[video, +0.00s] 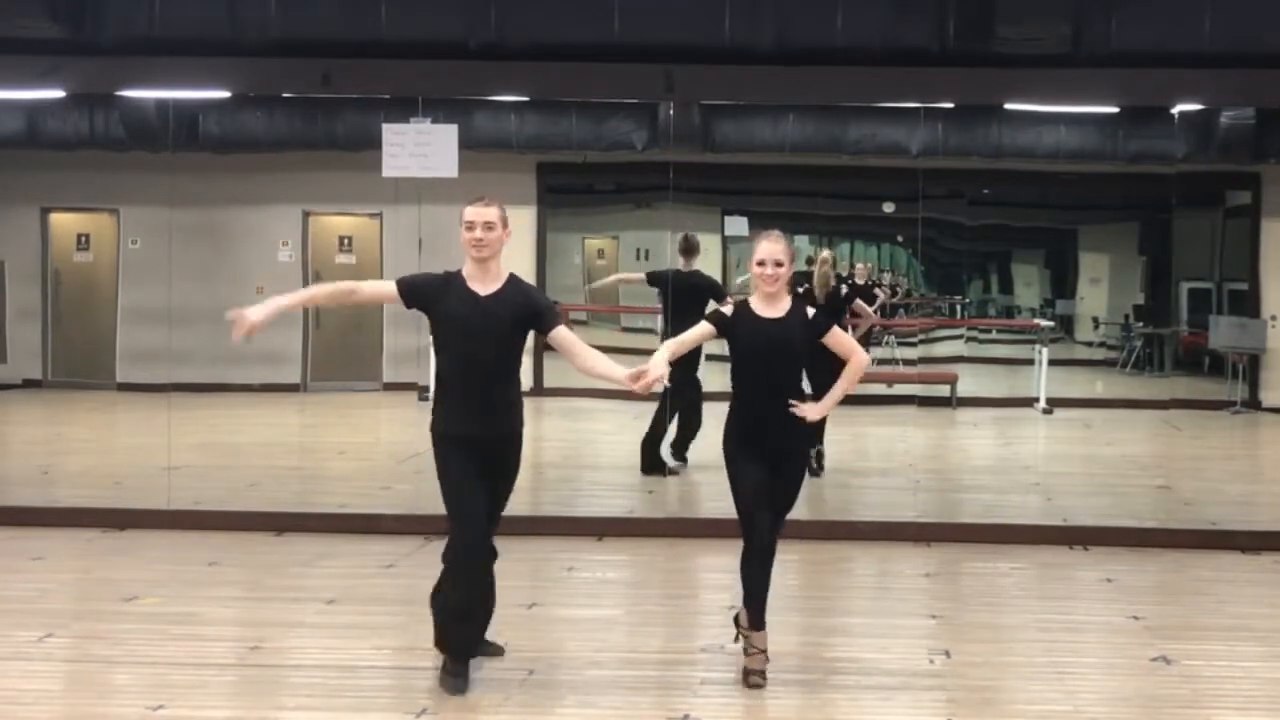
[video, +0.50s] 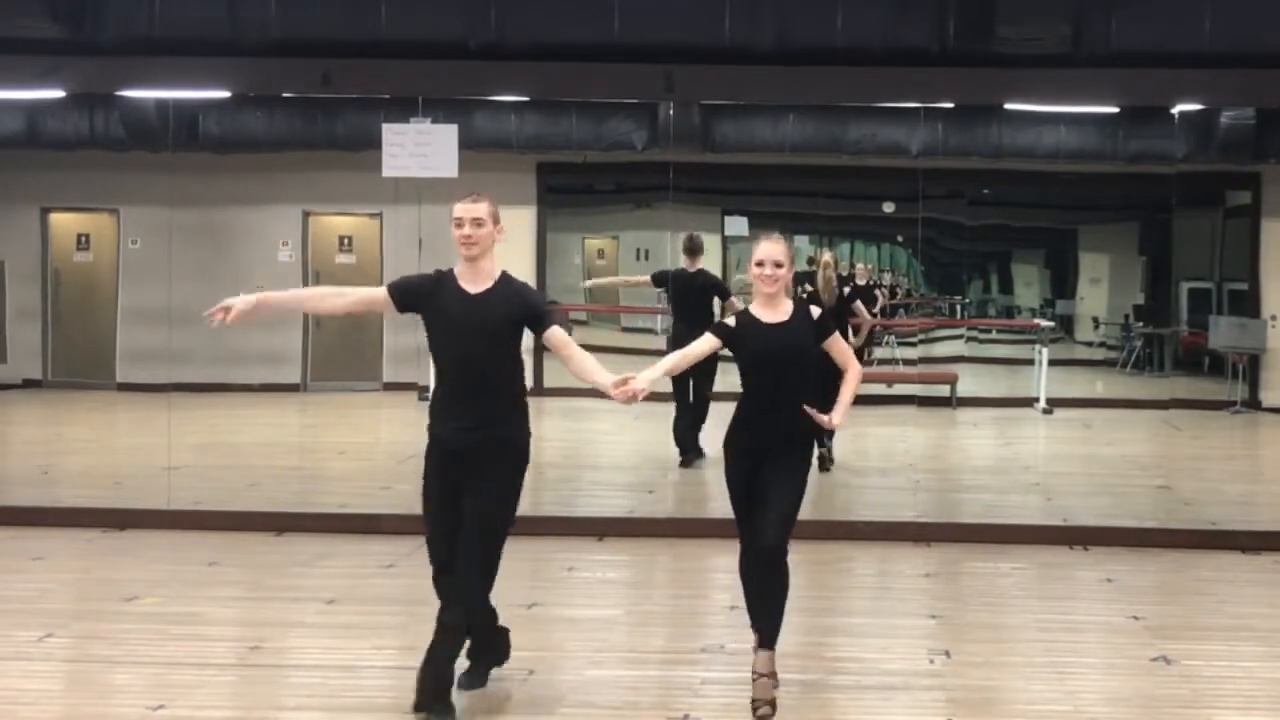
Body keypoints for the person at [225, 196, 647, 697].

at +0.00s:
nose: (478, 236)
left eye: (488, 227)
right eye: (470, 228)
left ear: (507, 234)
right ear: (459, 235)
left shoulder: (526, 299)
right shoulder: (437, 289)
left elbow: (579, 351)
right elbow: (354, 291)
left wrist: (625, 378)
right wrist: (276, 304)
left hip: (503, 437)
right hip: (454, 435)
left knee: (478, 537)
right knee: (472, 538)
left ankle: (462, 627)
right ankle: (456, 652)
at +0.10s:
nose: (477, 231)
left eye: (487, 223)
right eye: (470, 224)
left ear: (507, 232)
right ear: (460, 232)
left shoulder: (528, 296)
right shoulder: (439, 289)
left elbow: (579, 350)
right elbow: (351, 296)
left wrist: (627, 378)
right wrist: (268, 283)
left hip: (501, 433)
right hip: (446, 431)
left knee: (492, 539)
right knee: (465, 542)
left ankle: (462, 606)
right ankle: (481, 652)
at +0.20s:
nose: (474, 233)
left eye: (484, 224)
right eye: (467, 225)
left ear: (506, 232)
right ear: (458, 233)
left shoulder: (532, 296)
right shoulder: (441, 296)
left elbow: (586, 354)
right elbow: (358, 317)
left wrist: (632, 373)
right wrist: (278, 295)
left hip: (495, 436)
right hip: (439, 434)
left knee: (510, 550)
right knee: (459, 548)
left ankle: (498, 643)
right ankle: (486, 653)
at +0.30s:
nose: (470, 234)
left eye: (480, 226)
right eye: (463, 227)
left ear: (502, 234)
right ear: (455, 235)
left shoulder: (529, 296)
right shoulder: (440, 297)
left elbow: (584, 352)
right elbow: (359, 327)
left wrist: (628, 372)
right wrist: (273, 315)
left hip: (492, 431)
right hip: (441, 429)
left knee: (469, 536)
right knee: (462, 541)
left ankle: (535, 619)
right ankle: (487, 655)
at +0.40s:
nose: (466, 233)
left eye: (477, 225)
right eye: (459, 225)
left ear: (498, 233)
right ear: (452, 233)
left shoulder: (526, 295)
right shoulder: (437, 296)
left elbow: (579, 349)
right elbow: (349, 322)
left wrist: (621, 378)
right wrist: (265, 318)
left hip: (494, 431)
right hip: (444, 429)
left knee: (463, 534)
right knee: (457, 539)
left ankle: (496, 653)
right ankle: (483, 650)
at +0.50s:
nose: (465, 230)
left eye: (476, 222)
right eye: (458, 222)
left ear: (498, 231)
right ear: (451, 230)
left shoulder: (519, 297)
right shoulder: (430, 288)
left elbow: (568, 351)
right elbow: (342, 300)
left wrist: (609, 382)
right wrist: (260, 299)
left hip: (502, 444)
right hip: (446, 441)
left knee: (474, 561)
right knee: (445, 559)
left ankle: (434, 680)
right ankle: (489, 639)